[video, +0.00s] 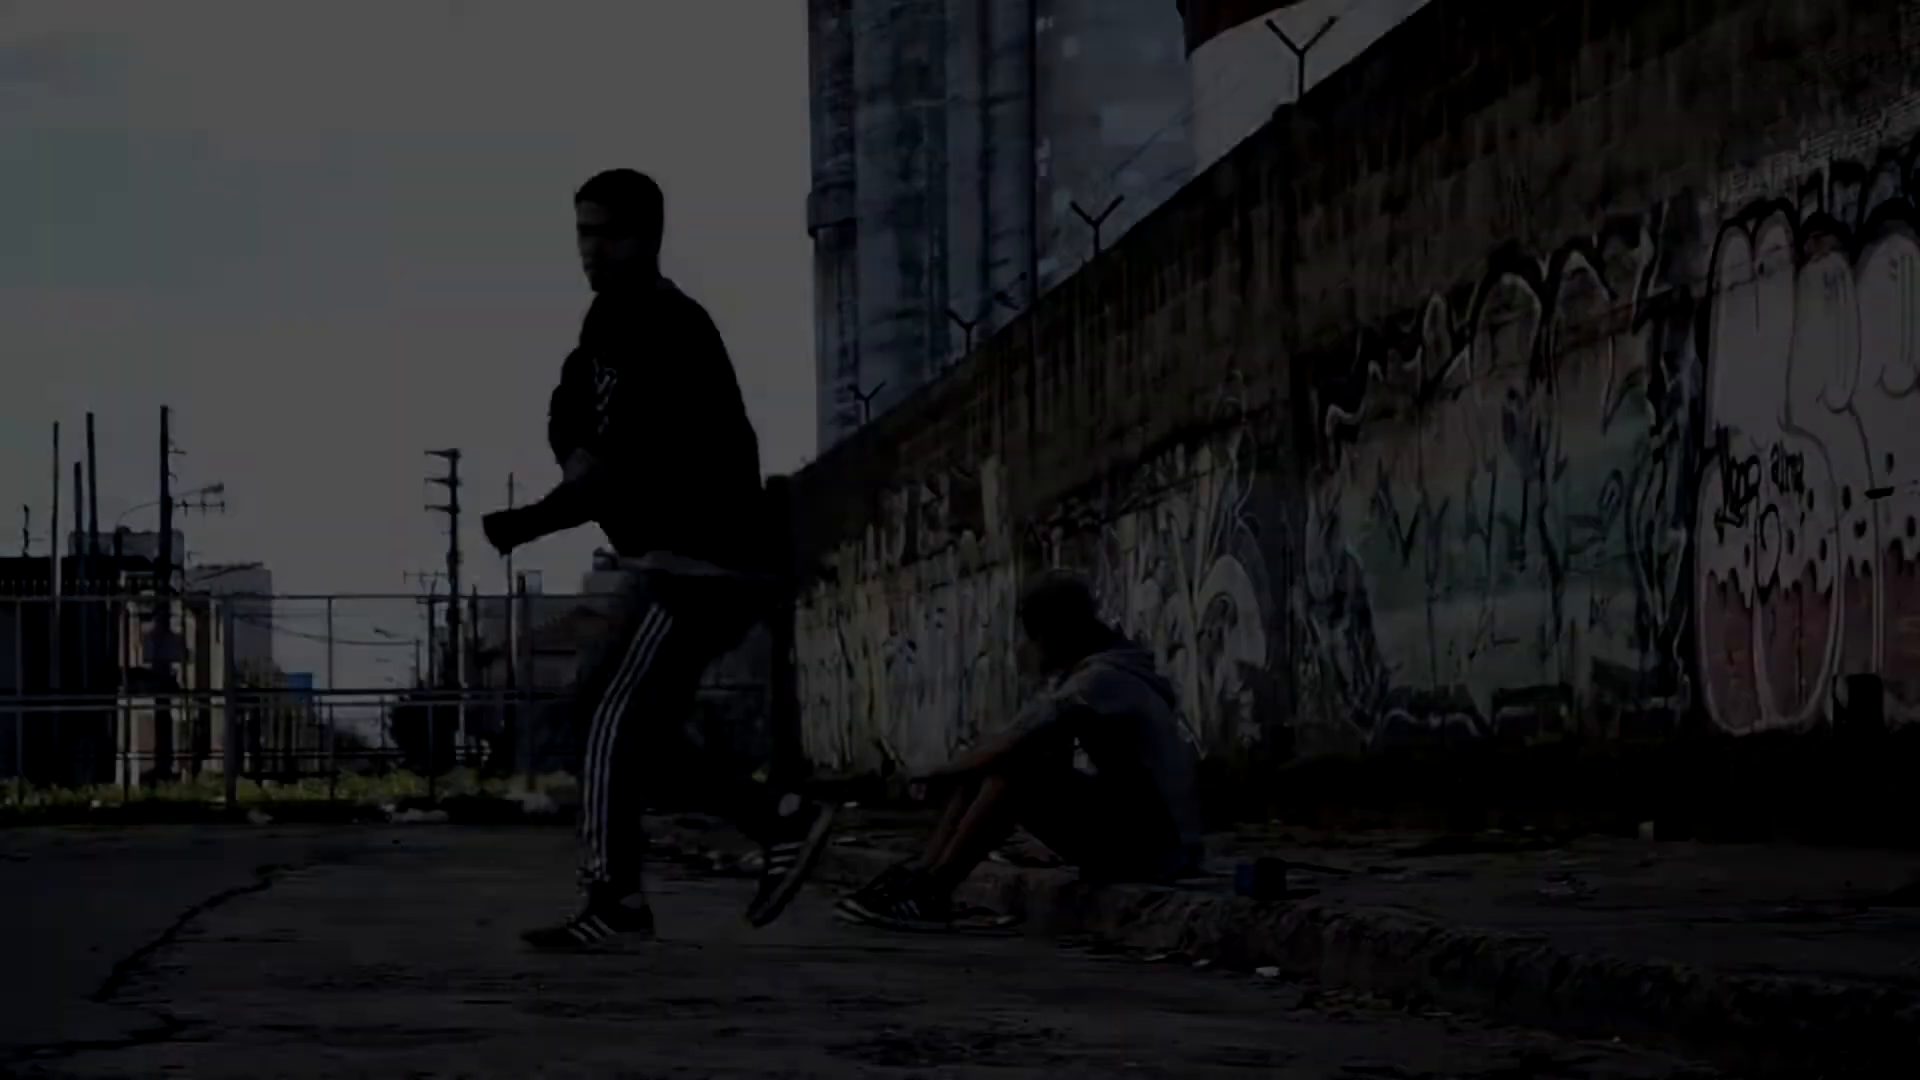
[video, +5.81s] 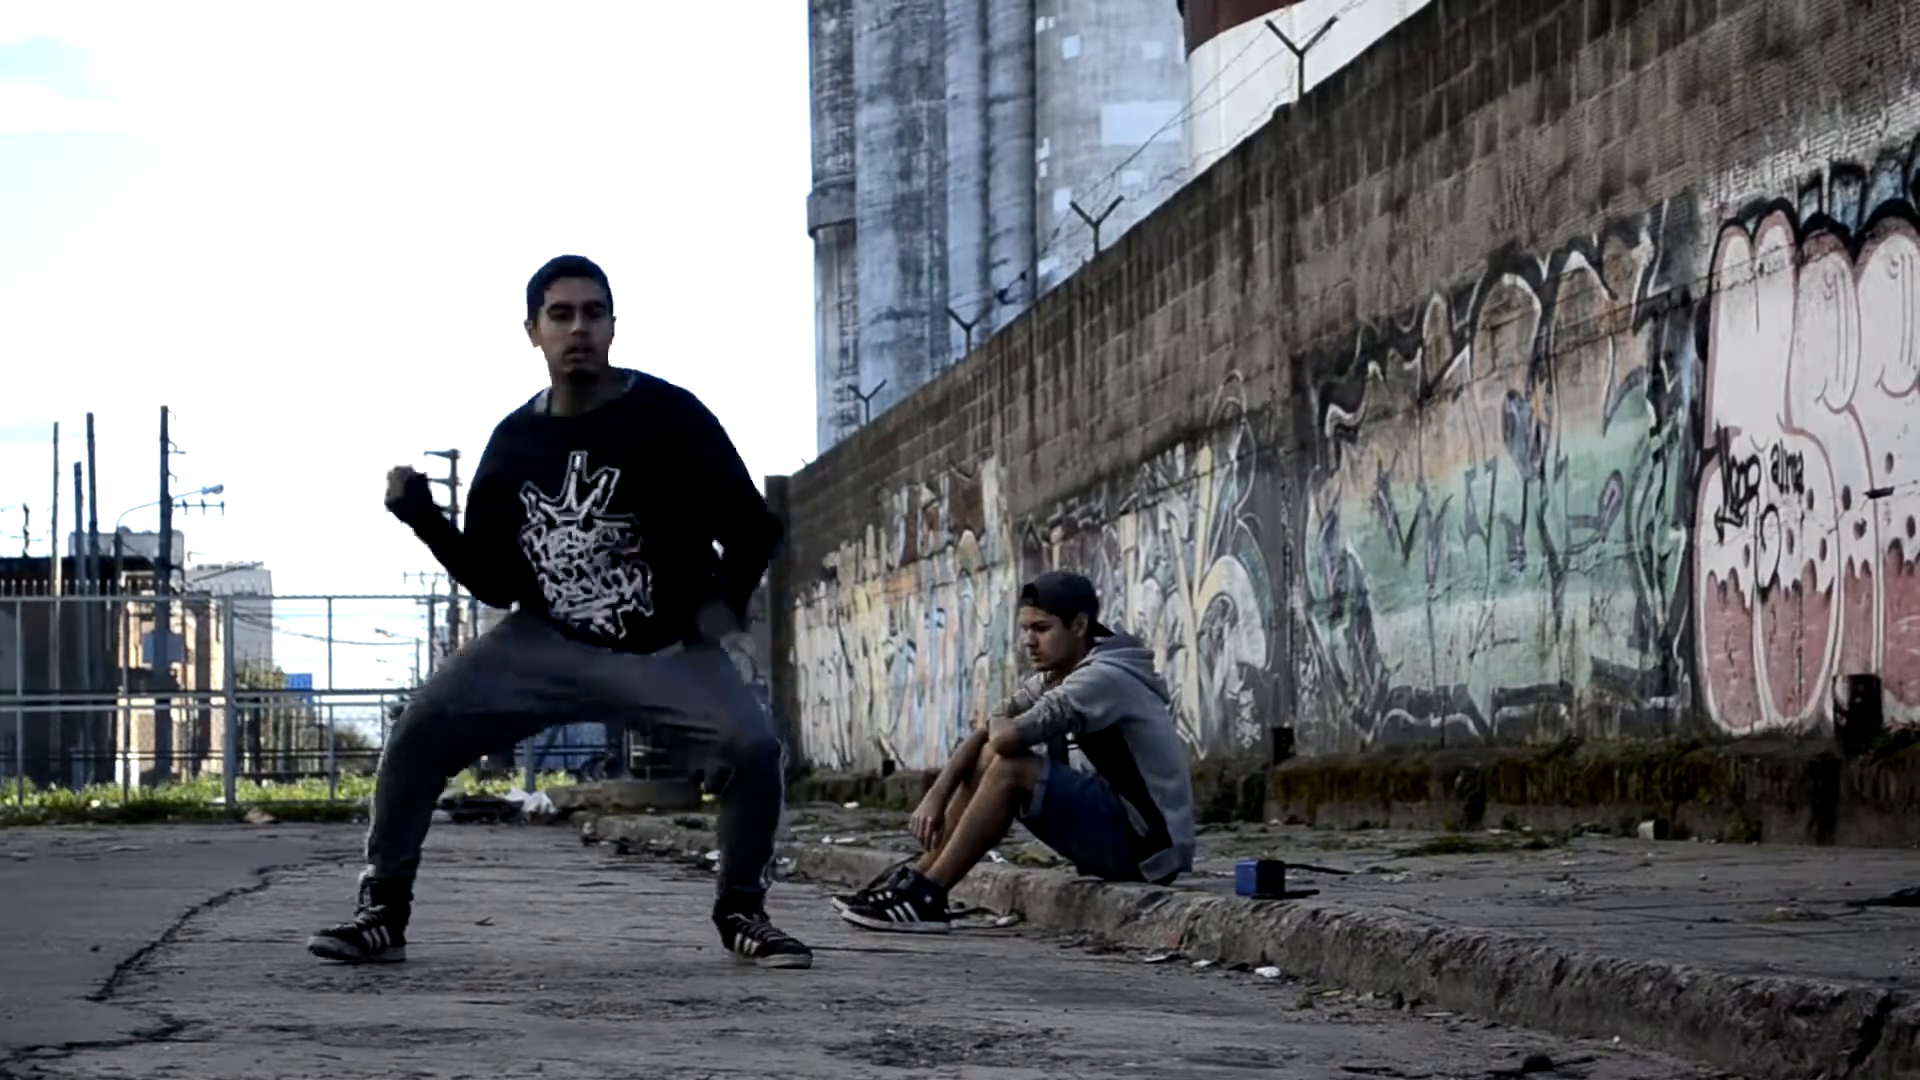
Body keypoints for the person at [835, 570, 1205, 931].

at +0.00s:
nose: (1027, 650)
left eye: (1031, 636)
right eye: (1026, 636)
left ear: (1058, 631)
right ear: (1077, 624)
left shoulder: (1103, 675)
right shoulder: (1087, 673)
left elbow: (1016, 745)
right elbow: (1016, 741)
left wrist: (937, 774)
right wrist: (945, 772)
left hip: (1148, 848)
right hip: (1129, 837)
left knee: (1014, 778)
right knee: (994, 769)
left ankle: (934, 894)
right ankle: (919, 883)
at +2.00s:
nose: (1029, 639)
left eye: (1039, 627)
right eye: (1027, 627)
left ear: (1078, 625)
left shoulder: (1103, 673)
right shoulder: (1072, 675)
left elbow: (1022, 747)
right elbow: (1005, 730)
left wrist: (944, 761)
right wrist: (945, 762)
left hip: (1151, 844)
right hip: (1121, 834)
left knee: (1014, 770)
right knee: (983, 763)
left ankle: (932, 893)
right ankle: (915, 883)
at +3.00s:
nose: (1039, 648)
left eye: (1049, 635)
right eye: (1031, 636)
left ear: (1088, 628)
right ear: (1027, 634)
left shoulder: (1110, 673)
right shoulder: (1068, 676)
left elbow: (1024, 743)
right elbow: (1002, 731)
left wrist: (943, 773)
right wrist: (945, 773)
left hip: (1148, 846)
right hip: (1118, 836)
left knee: (1015, 771)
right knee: (986, 763)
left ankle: (932, 894)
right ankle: (914, 883)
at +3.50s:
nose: (1035, 634)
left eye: (1047, 621)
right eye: (1030, 624)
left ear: (1085, 621)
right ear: (1026, 624)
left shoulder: (1103, 666)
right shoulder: (1081, 668)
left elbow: (1018, 741)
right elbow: (1012, 736)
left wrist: (940, 772)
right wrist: (948, 773)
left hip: (1149, 844)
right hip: (1123, 835)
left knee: (1011, 772)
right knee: (987, 766)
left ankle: (934, 893)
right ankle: (917, 879)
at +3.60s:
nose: (1029, 634)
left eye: (1040, 620)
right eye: (1025, 624)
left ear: (1080, 621)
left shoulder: (1100, 667)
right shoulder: (1079, 671)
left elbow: (1018, 741)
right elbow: (1011, 740)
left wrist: (939, 772)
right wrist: (946, 774)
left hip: (1149, 844)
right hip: (1123, 836)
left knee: (1012, 770)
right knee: (987, 766)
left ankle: (934, 893)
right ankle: (917, 879)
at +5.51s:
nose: (1019, 650)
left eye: (1028, 636)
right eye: (1015, 639)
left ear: (1067, 628)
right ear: (1061, 632)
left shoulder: (1101, 676)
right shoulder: (1064, 684)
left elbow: (1011, 751)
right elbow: (999, 743)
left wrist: (957, 749)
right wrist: (942, 776)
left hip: (1151, 848)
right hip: (1120, 839)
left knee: (1013, 771)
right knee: (983, 767)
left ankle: (933, 895)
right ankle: (915, 882)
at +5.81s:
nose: (1029, 642)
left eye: (1040, 629)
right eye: (1025, 630)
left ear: (1079, 627)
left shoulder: (1105, 674)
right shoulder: (1063, 671)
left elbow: (1007, 738)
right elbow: (990, 725)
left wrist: (994, 717)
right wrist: (936, 792)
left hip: (1147, 845)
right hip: (1116, 833)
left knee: (1013, 766)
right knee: (988, 756)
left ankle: (932, 895)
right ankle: (915, 882)